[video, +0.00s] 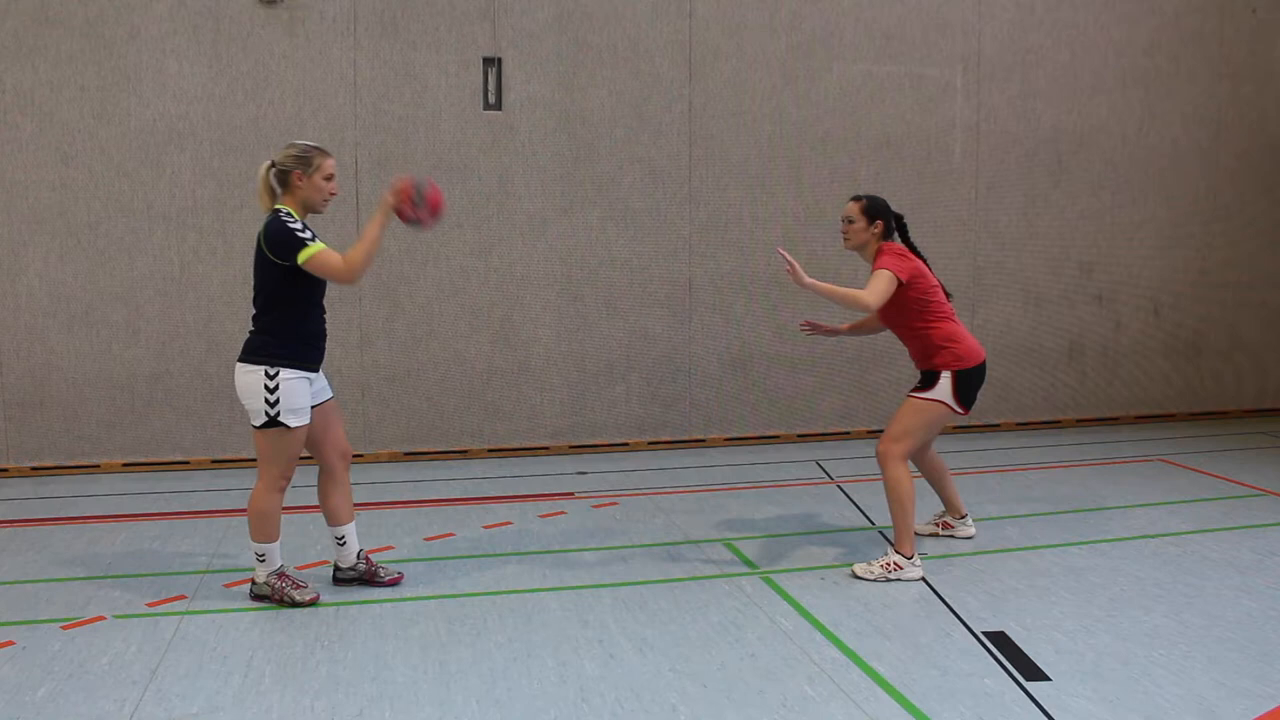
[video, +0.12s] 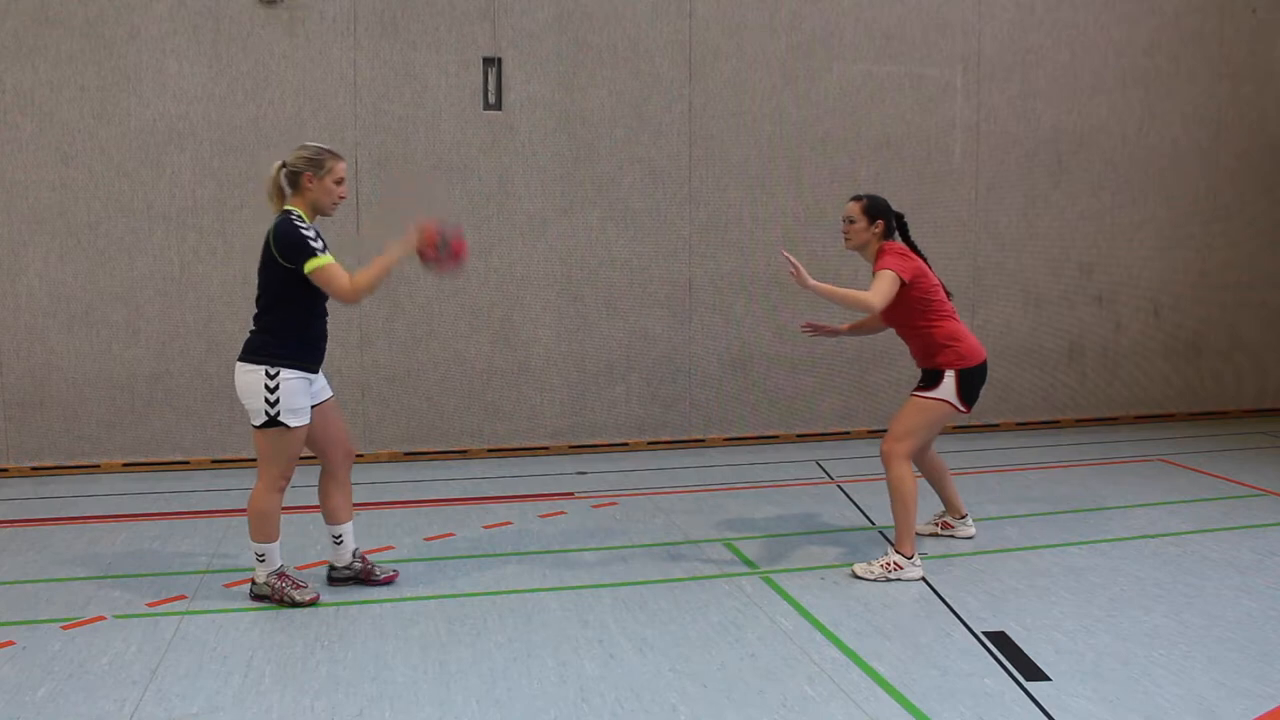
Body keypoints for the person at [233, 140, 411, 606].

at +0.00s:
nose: (334, 188)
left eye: (335, 179)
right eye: (327, 179)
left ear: (302, 182)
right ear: (298, 180)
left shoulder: (299, 227)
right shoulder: (281, 228)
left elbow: (289, 302)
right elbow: (347, 270)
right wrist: (385, 210)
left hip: (305, 369)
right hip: (273, 372)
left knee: (337, 458)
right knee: (275, 477)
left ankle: (349, 562)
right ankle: (266, 574)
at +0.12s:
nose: (344, 191)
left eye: (344, 183)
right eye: (337, 182)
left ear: (310, 183)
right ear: (308, 181)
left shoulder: (305, 228)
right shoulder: (291, 230)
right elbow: (347, 288)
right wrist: (403, 247)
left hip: (302, 370)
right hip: (273, 372)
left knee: (340, 455)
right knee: (274, 477)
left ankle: (345, 562)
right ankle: (267, 574)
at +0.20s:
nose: (354, 198)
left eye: (356, 189)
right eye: (349, 188)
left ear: (321, 186)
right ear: (321, 184)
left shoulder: (310, 232)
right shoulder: (300, 231)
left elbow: (340, 303)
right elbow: (342, 304)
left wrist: (400, 316)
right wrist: (404, 316)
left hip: (306, 371)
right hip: (276, 371)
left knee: (343, 454)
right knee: (274, 478)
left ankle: (329, 560)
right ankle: (267, 574)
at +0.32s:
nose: (374, 205)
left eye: (376, 196)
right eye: (369, 195)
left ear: (344, 190)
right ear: (341, 188)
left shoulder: (328, 233)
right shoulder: (320, 233)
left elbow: (313, 313)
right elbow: (327, 313)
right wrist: (375, 357)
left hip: (317, 371)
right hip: (291, 371)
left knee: (341, 459)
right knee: (282, 474)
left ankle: (299, 554)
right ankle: (267, 574)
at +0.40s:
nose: (386, 206)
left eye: (388, 197)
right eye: (381, 196)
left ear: (355, 192)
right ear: (353, 188)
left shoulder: (341, 235)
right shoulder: (332, 234)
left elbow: (335, 312)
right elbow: (321, 308)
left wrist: (374, 351)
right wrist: (376, 347)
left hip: (327, 374)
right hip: (304, 372)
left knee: (337, 462)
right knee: (293, 472)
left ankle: (292, 554)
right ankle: (268, 573)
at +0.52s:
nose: (406, 198)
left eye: (408, 189)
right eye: (401, 188)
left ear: (378, 185)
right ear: (373, 183)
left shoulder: (370, 232)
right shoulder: (348, 226)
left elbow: (373, 296)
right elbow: (351, 294)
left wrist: (421, 313)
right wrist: (420, 303)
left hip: (347, 366)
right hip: (326, 364)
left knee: (334, 462)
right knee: (324, 464)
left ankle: (296, 552)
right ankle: (278, 558)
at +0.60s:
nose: (421, 188)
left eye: (422, 179)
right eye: (416, 178)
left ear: (395, 176)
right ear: (387, 174)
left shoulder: (388, 224)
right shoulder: (362, 216)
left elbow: (393, 290)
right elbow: (380, 278)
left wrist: (444, 298)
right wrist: (452, 277)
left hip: (363, 356)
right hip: (341, 355)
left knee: (359, 453)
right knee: (348, 455)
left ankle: (305, 543)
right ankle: (296, 547)